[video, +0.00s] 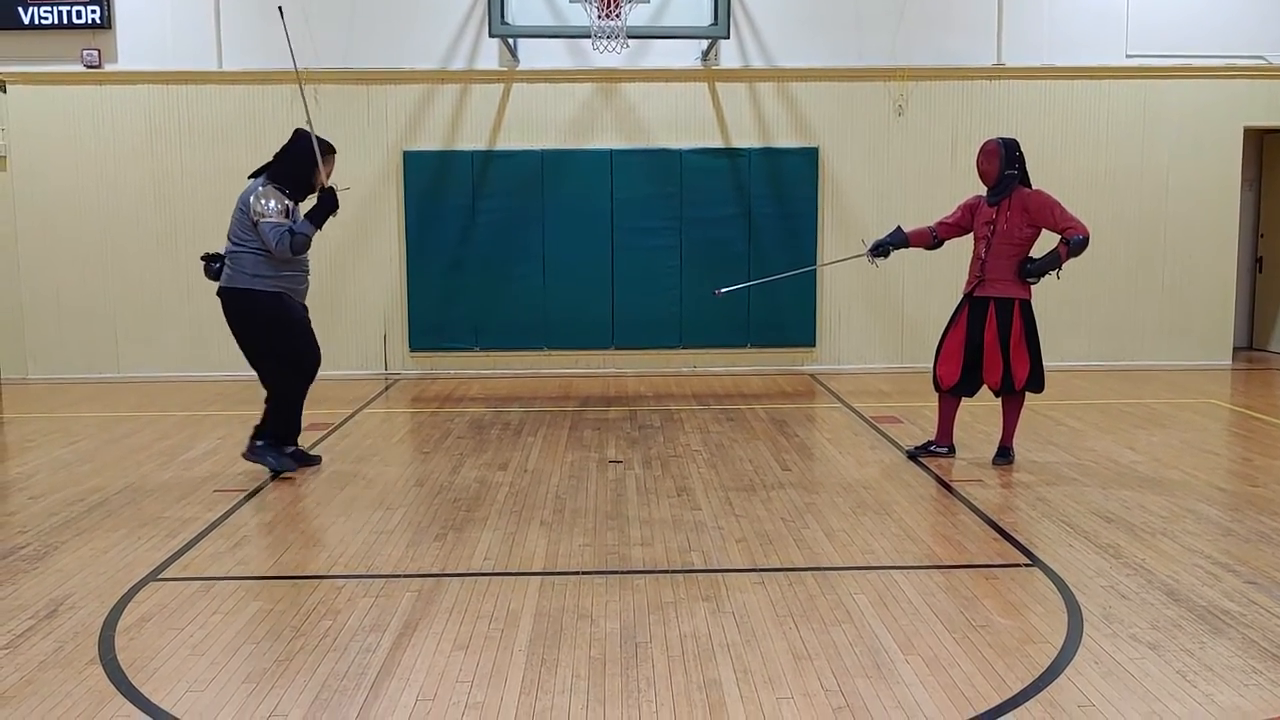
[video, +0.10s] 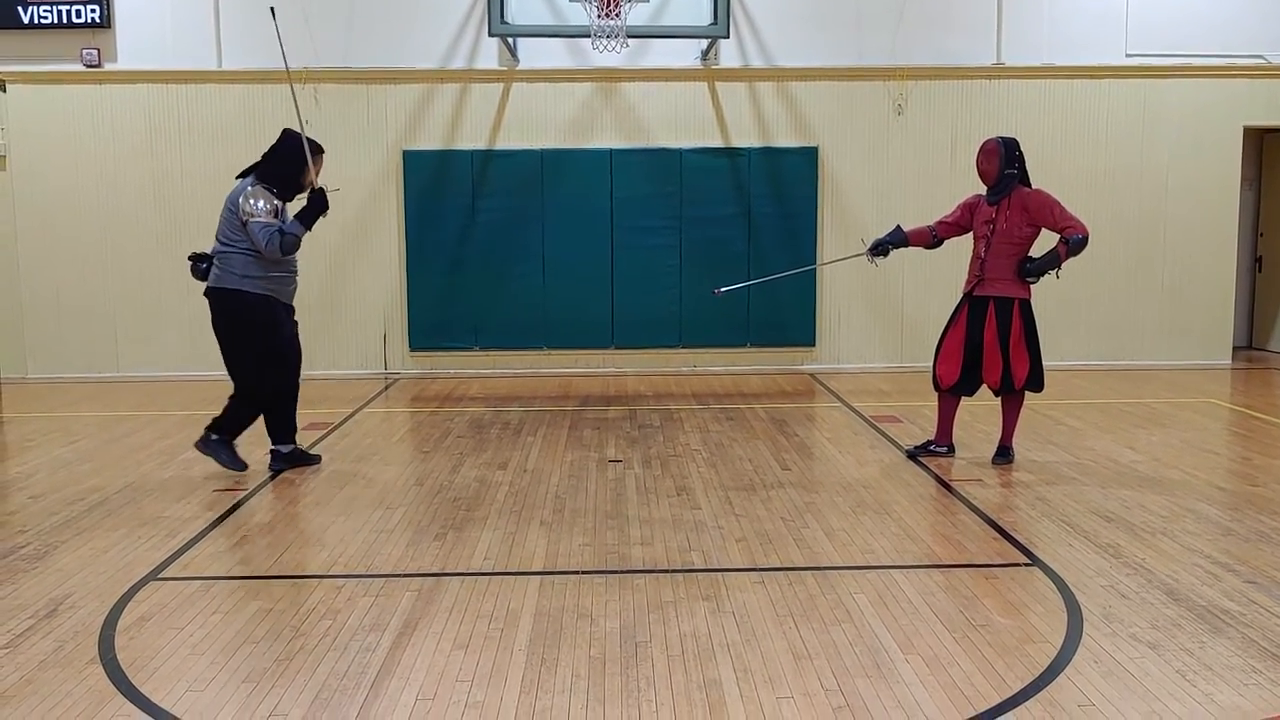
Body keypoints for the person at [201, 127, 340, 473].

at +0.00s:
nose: (328, 178)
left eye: (329, 170)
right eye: (326, 169)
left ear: (298, 165)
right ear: (306, 166)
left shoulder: (281, 196)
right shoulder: (265, 192)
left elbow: (264, 246)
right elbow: (284, 244)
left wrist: (228, 259)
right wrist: (319, 213)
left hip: (273, 293)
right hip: (252, 293)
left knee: (299, 362)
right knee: (299, 361)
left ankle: (282, 442)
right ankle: (267, 442)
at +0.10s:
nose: (317, 177)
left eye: (318, 169)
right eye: (315, 168)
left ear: (287, 165)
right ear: (295, 165)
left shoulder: (271, 197)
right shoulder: (255, 192)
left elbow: (251, 246)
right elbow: (274, 244)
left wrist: (215, 260)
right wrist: (309, 214)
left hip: (269, 298)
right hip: (240, 296)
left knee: (284, 371)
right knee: (261, 374)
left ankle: (284, 449)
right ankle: (217, 436)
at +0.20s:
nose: (304, 176)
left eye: (305, 168)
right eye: (301, 167)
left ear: (274, 165)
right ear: (283, 166)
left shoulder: (256, 195)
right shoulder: (242, 192)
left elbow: (233, 244)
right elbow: (262, 245)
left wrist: (201, 259)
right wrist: (297, 214)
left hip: (259, 299)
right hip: (227, 296)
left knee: (274, 371)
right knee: (234, 374)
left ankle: (283, 448)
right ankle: (192, 449)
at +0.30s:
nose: (288, 173)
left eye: (289, 166)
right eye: (285, 165)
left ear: (258, 164)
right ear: (266, 164)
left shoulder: (239, 195)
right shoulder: (227, 193)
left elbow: (209, 240)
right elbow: (248, 244)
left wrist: (183, 259)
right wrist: (284, 215)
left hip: (237, 298)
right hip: (208, 295)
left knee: (267, 358)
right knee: (216, 365)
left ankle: (276, 442)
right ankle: (190, 453)